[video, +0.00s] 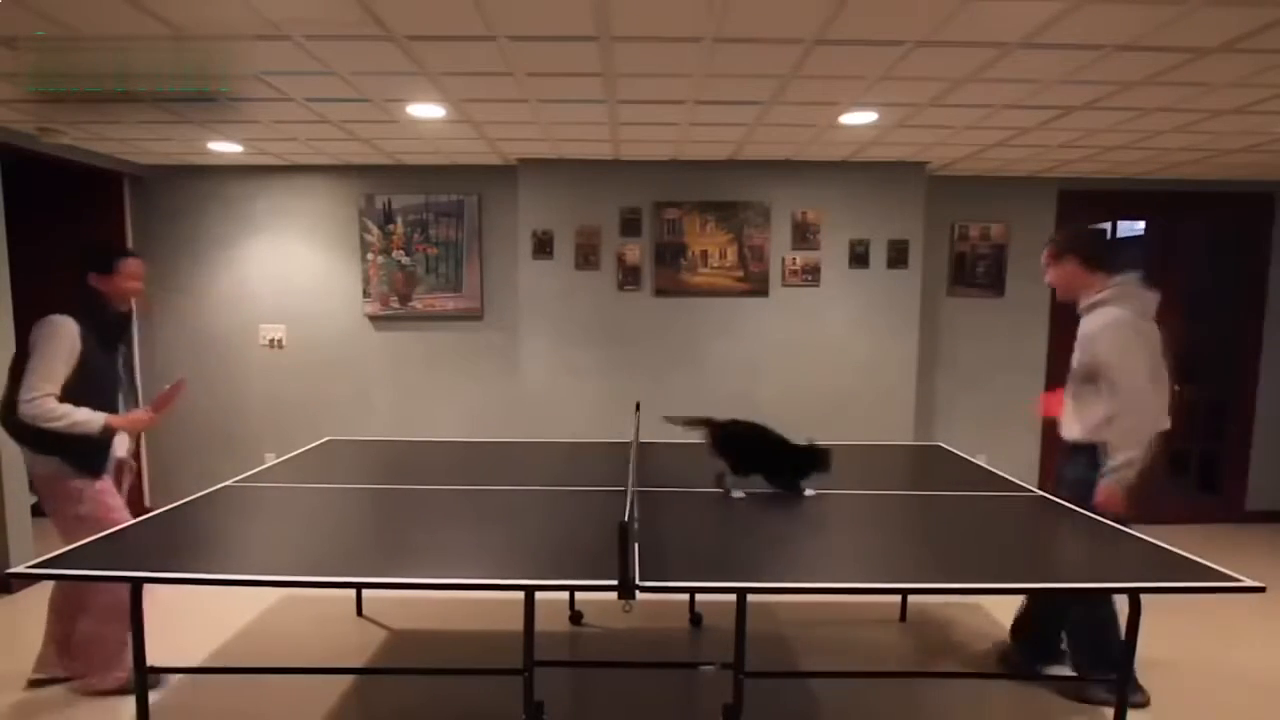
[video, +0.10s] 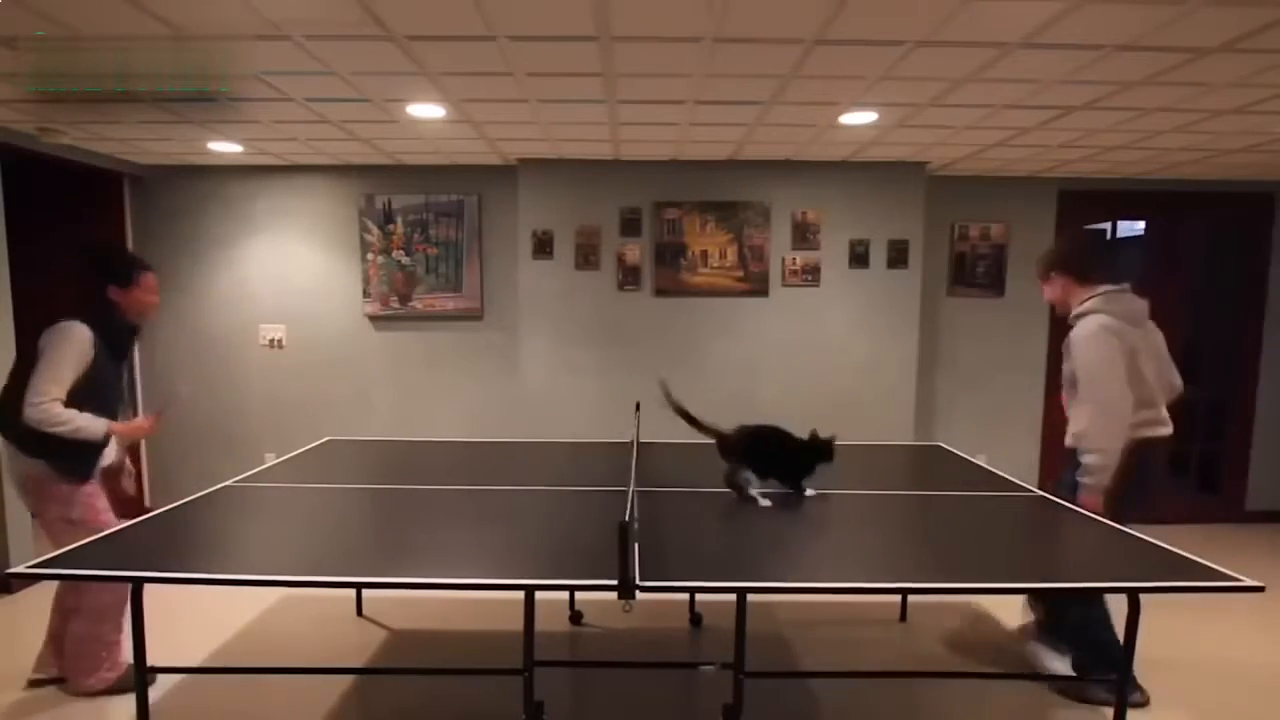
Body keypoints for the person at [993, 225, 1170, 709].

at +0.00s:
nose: (1049, 281)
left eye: (1052, 269)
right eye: (1047, 271)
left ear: (1079, 265)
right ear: (1078, 267)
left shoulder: (1117, 320)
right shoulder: (1099, 315)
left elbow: (1144, 406)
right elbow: (1109, 392)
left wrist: (1117, 475)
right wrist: (1063, 403)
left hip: (1096, 458)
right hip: (1079, 452)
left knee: (1082, 565)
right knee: (1058, 556)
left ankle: (1108, 674)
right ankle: (1032, 646)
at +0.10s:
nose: (1046, 295)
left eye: (1047, 285)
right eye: (1044, 285)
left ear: (1066, 280)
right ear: (1087, 278)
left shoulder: (1092, 329)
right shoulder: (1137, 319)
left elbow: (1107, 412)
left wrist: (1092, 486)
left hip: (1113, 458)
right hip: (1143, 452)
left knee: (1064, 561)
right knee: (1056, 540)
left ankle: (1110, 677)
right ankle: (1059, 634)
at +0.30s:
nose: (1065, 318)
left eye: (1064, 310)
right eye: (1063, 311)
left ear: (1079, 304)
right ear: (1104, 301)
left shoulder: (1085, 337)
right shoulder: (1142, 342)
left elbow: (1081, 397)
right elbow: (1165, 404)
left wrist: (1066, 459)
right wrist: (1145, 439)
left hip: (1106, 453)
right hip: (1143, 454)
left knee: (1088, 561)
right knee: (1105, 561)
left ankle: (1110, 670)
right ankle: (1100, 668)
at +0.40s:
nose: (1066, 326)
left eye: (1067, 317)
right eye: (1064, 319)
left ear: (1084, 313)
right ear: (1091, 313)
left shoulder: (1098, 340)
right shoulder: (1116, 340)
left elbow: (1095, 403)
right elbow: (1098, 410)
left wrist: (1075, 458)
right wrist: (1055, 441)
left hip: (1124, 446)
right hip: (1135, 444)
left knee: (1089, 540)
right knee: (1097, 540)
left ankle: (1093, 648)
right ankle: (1102, 638)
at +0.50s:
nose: (1055, 340)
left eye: (1057, 330)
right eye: (1052, 333)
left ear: (1074, 321)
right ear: (1070, 325)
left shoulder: (1108, 337)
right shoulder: (1088, 357)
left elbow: (1145, 385)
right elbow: (1065, 416)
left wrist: (1117, 436)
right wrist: (1011, 442)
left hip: (1147, 440)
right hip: (1125, 446)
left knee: (1089, 520)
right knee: (1087, 521)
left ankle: (1070, 621)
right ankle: (1066, 617)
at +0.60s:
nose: (1048, 336)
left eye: (1047, 327)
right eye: (1045, 330)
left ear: (1062, 316)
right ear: (1059, 321)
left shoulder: (1098, 325)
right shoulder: (1081, 351)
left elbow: (1146, 368)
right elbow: (1084, 419)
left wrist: (1143, 426)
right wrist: (1031, 447)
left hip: (1142, 428)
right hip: (1119, 430)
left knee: (1102, 512)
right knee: (1096, 512)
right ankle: (1111, 601)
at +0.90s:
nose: (1013, 367)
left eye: (1012, 358)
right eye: (1009, 361)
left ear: (1025, 347)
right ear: (1027, 348)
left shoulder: (1059, 361)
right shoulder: (1059, 359)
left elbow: (1088, 411)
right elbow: (1090, 416)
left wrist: (1085, 466)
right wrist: (1073, 465)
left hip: (1142, 431)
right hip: (1141, 430)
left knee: (1124, 517)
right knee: (1122, 516)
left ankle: (1153, 603)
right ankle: (1146, 599)